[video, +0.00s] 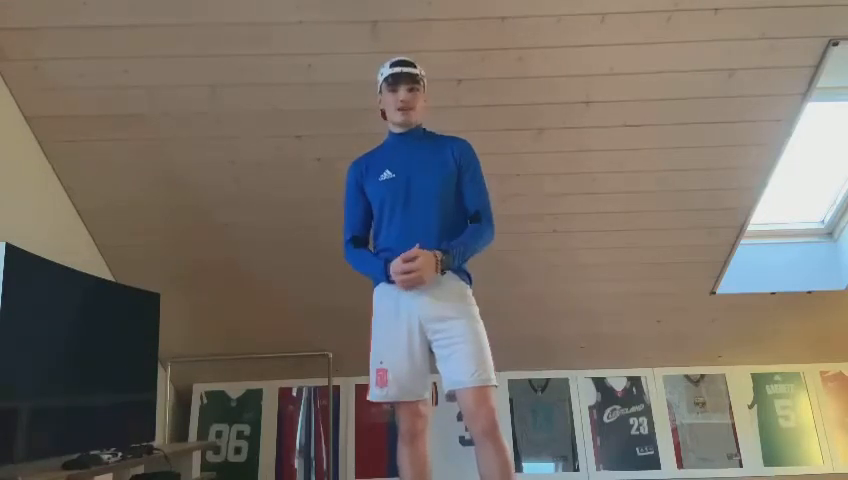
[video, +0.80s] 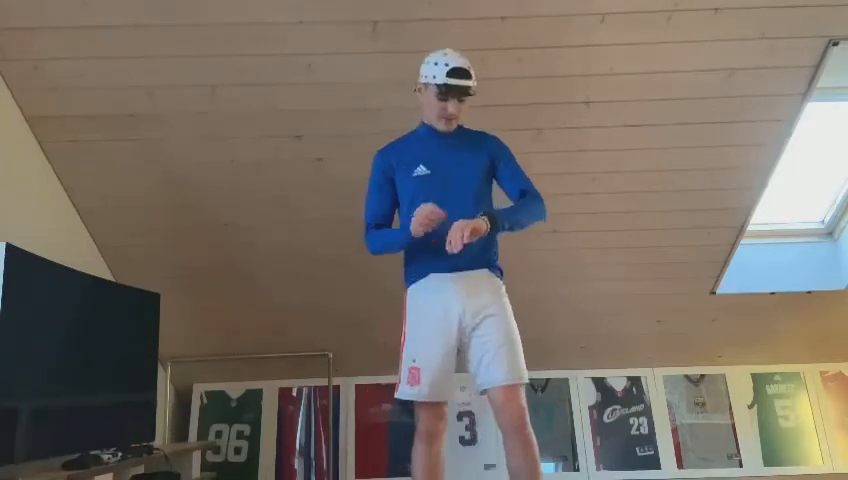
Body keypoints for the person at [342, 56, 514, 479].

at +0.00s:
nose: (404, 97)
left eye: (412, 89)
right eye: (394, 90)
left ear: (425, 98)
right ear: (381, 103)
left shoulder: (457, 150)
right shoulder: (363, 168)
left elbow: (484, 226)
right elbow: (353, 246)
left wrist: (442, 259)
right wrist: (388, 269)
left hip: (450, 294)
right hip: (393, 300)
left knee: (483, 417)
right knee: (411, 421)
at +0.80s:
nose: (452, 107)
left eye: (460, 98)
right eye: (443, 96)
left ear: (469, 96)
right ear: (421, 91)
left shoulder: (487, 146)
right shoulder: (391, 158)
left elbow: (534, 206)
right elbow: (374, 239)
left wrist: (487, 222)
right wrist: (410, 230)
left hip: (486, 289)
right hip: (429, 293)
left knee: (513, 409)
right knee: (430, 420)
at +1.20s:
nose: (498, 106)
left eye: (509, 97)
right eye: (490, 94)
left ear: (519, 94)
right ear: (472, 84)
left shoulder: (534, 141)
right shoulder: (439, 146)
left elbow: (576, 195)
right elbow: (409, 223)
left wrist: (511, 182)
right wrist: (455, 192)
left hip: (522, 288)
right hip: (463, 293)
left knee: (532, 413)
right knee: (447, 419)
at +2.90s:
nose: (515, 97)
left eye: (524, 87)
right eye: (506, 88)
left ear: (536, 86)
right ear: (494, 88)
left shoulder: (560, 141)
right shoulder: (467, 146)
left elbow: (597, 186)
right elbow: (440, 223)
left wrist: (519, 173)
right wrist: (465, 190)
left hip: (533, 285)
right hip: (476, 287)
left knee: (538, 416)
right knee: (462, 415)